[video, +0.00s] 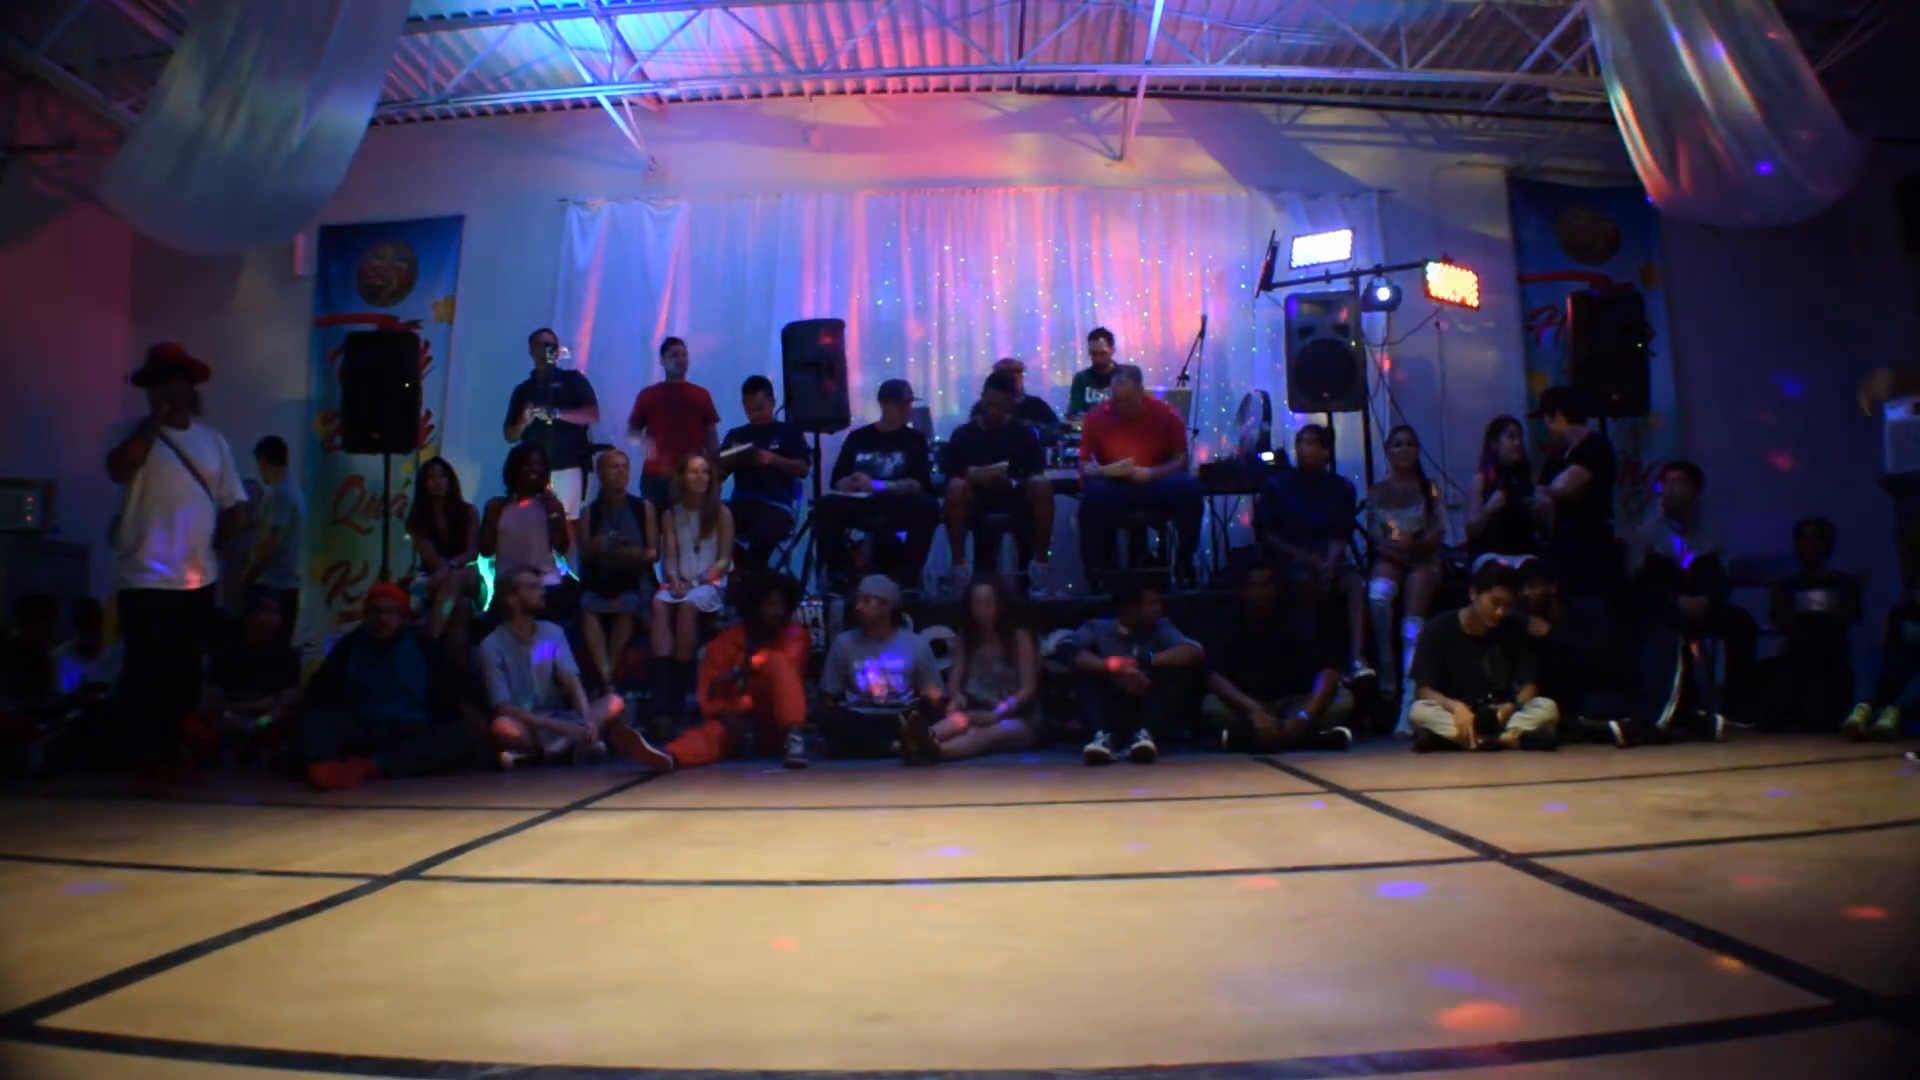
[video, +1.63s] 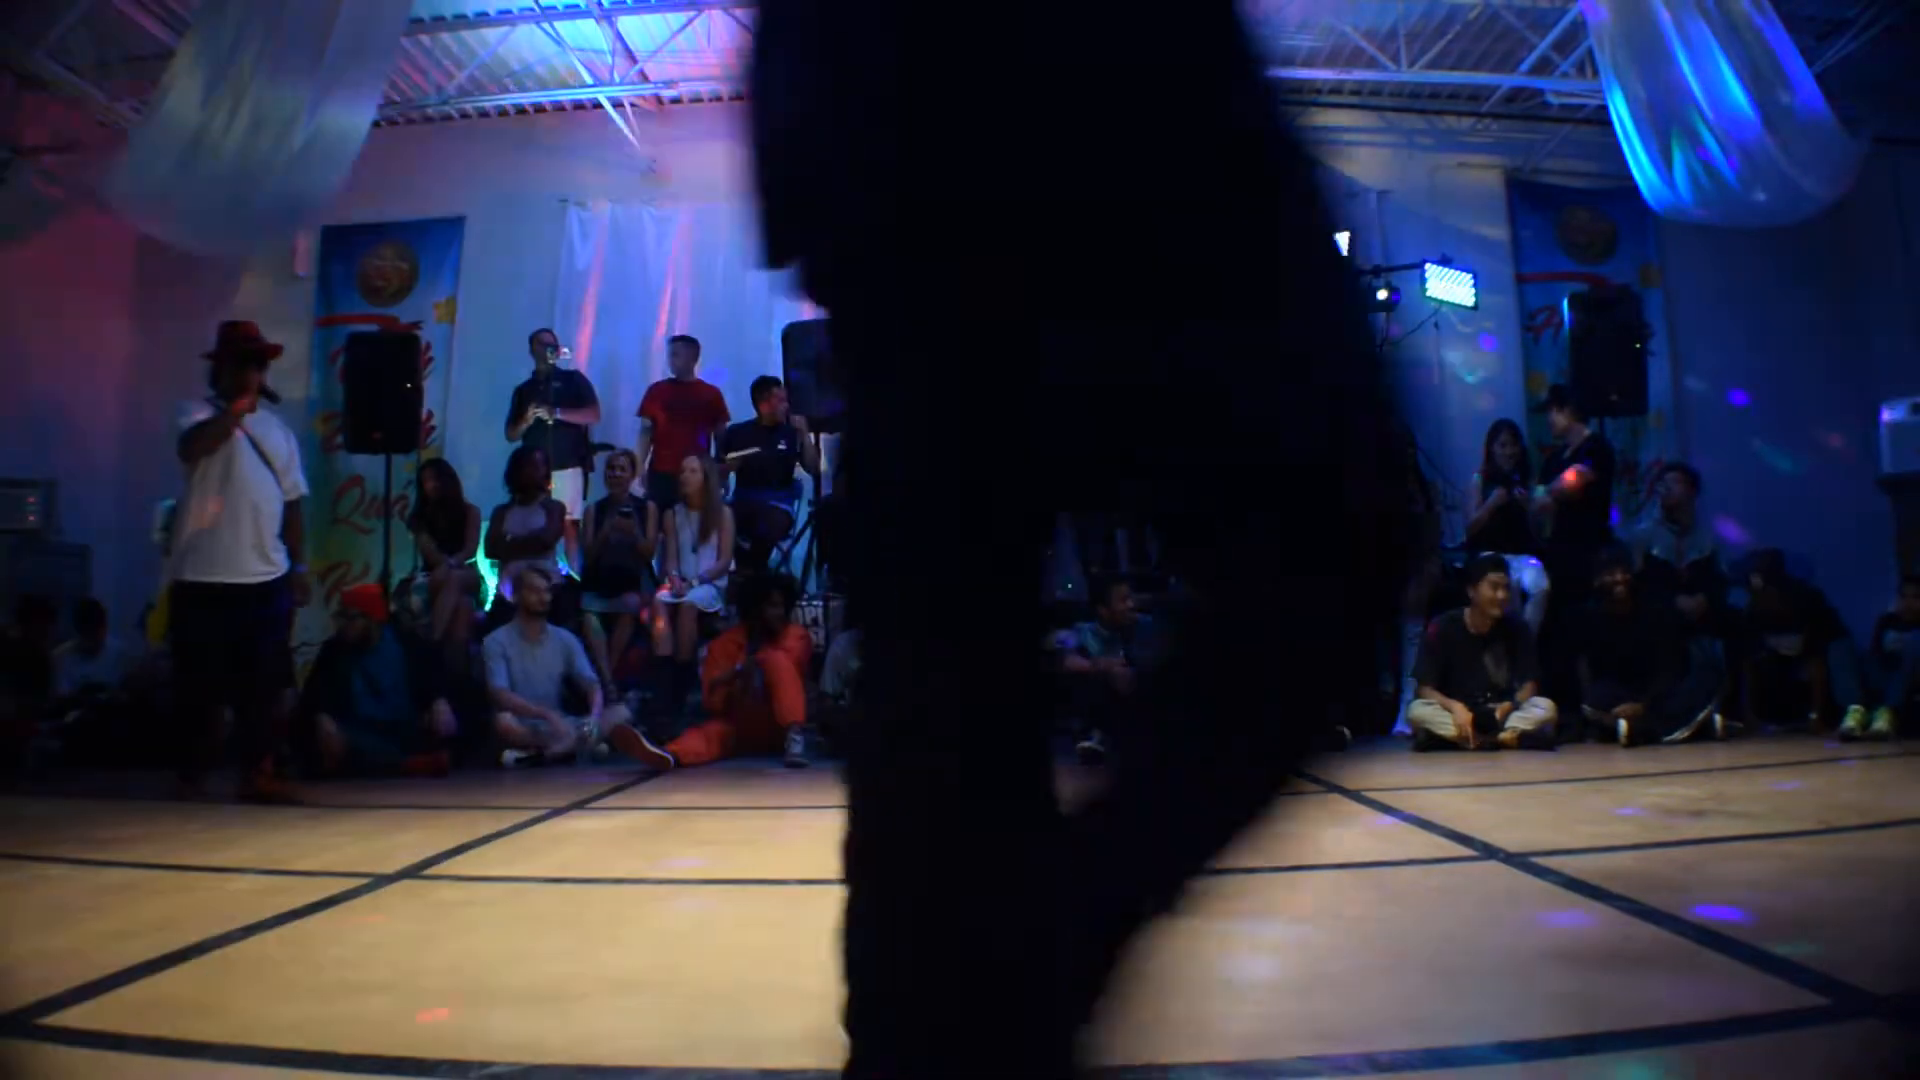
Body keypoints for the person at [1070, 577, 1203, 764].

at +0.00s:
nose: (1158, 609)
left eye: (1158, 603)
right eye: (1152, 604)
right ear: (1130, 607)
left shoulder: (1160, 629)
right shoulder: (1099, 630)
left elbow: (1194, 651)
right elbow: (1067, 650)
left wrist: (1147, 661)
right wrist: (1114, 667)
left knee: (1173, 670)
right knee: (1088, 671)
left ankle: (1145, 733)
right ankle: (1102, 735)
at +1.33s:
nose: (1137, 607)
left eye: (1136, 601)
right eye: (1129, 602)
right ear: (1110, 609)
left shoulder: (1148, 627)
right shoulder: (1089, 632)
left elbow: (1187, 648)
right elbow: (1058, 652)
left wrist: (1139, 660)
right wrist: (1107, 668)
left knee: (1167, 670)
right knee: (1087, 672)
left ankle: (1142, 733)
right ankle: (1099, 734)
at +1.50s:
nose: (1133, 606)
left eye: (1132, 600)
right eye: (1125, 601)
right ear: (1105, 610)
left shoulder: (1143, 627)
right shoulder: (1086, 633)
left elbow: (1185, 647)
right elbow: (1053, 652)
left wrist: (1136, 659)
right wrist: (1105, 668)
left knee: (1160, 668)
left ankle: (1142, 734)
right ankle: (1099, 734)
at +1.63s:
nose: (1131, 606)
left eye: (1130, 599)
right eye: (1123, 600)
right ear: (1104, 609)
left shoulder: (1141, 631)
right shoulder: (1085, 635)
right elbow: (1069, 662)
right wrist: (1109, 668)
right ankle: (1092, 734)